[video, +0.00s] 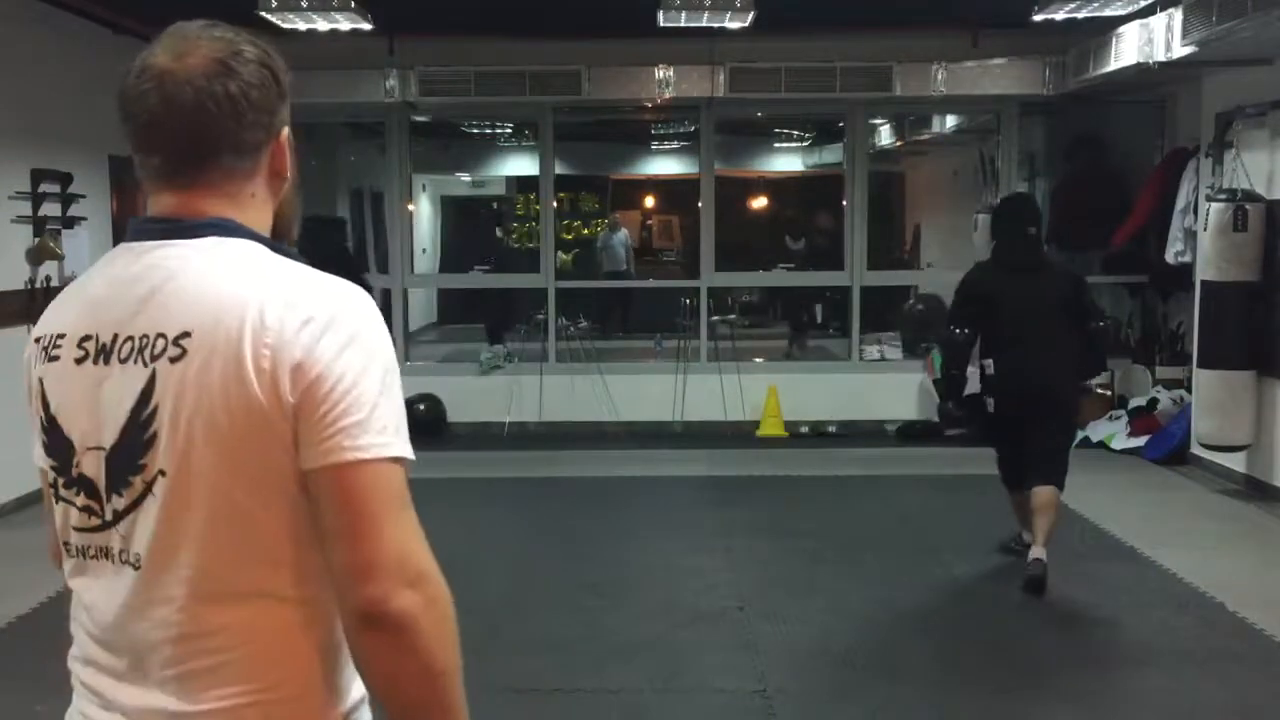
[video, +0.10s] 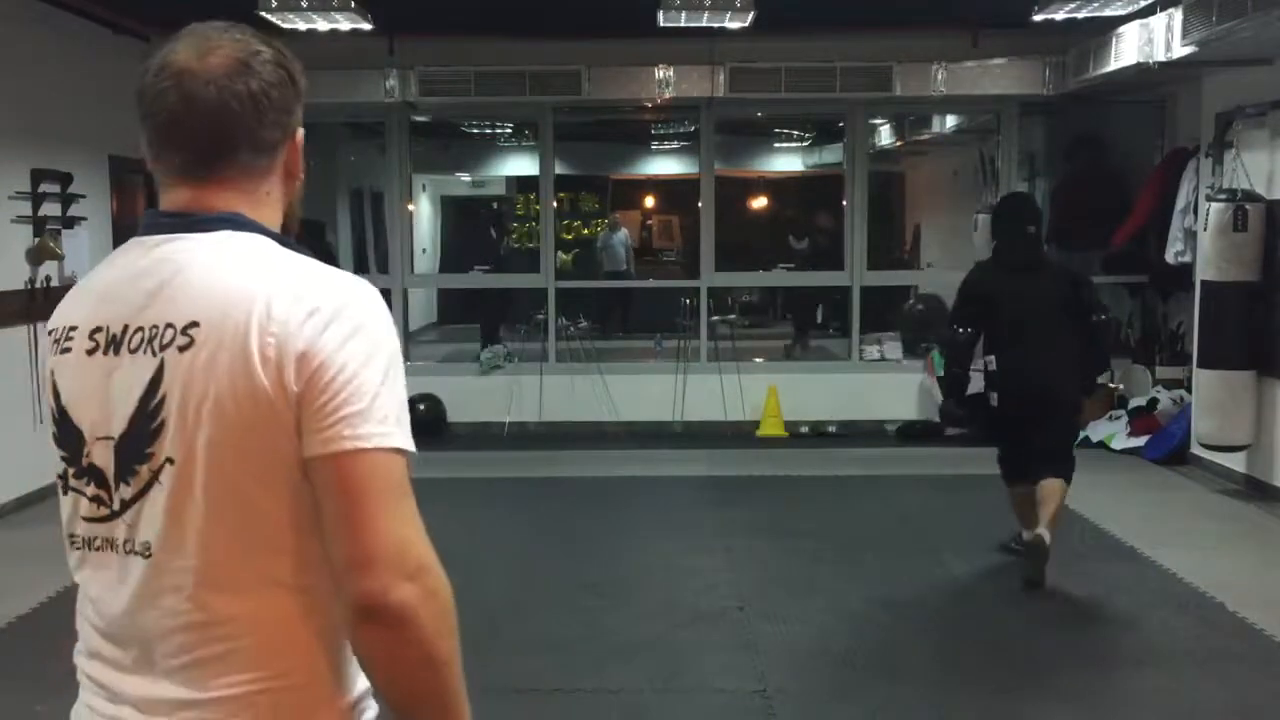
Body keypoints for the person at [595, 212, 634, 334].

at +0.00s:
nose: (616, 223)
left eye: (617, 221)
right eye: (614, 221)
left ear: (620, 222)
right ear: (609, 223)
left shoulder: (624, 232)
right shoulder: (604, 235)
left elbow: (629, 250)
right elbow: (599, 250)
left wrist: (631, 267)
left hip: (623, 271)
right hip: (608, 272)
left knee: (626, 301)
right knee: (607, 301)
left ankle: (625, 327)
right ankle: (606, 327)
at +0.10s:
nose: (616, 223)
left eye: (617, 221)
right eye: (614, 221)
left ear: (620, 222)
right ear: (609, 222)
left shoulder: (624, 232)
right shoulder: (604, 235)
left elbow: (629, 250)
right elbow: (599, 250)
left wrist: (631, 267)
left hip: (623, 271)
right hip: (608, 272)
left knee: (626, 301)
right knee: (607, 301)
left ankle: (625, 327)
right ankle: (606, 327)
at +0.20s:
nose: (616, 222)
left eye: (617, 219)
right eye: (613, 220)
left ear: (620, 221)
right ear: (609, 222)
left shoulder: (626, 232)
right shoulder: (605, 234)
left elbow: (630, 249)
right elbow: (601, 250)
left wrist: (632, 265)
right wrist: (606, 259)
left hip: (624, 269)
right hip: (610, 269)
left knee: (626, 298)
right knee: (609, 298)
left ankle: (625, 326)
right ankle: (608, 326)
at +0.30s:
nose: (619, 223)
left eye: (620, 221)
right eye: (616, 221)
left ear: (623, 221)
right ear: (612, 222)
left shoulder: (628, 232)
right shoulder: (607, 234)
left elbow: (632, 249)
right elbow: (603, 250)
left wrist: (633, 264)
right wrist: (609, 260)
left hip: (626, 269)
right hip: (611, 269)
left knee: (626, 299)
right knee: (610, 298)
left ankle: (626, 326)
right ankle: (610, 326)